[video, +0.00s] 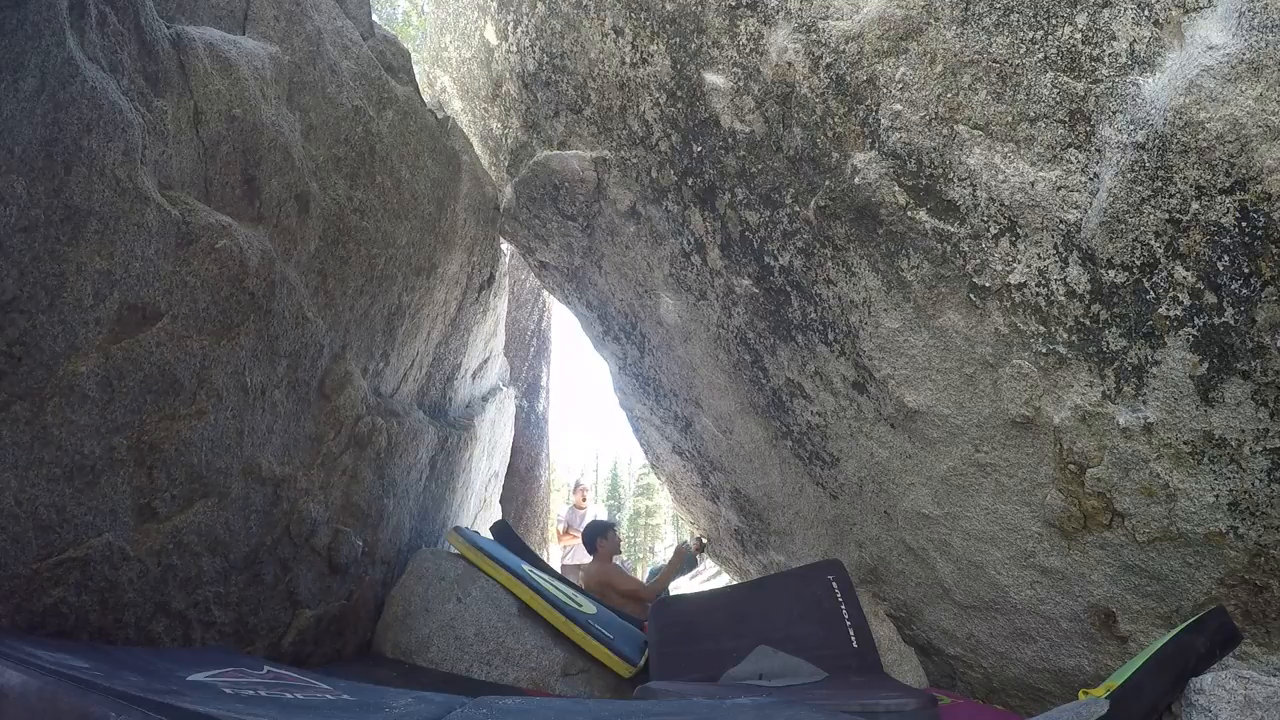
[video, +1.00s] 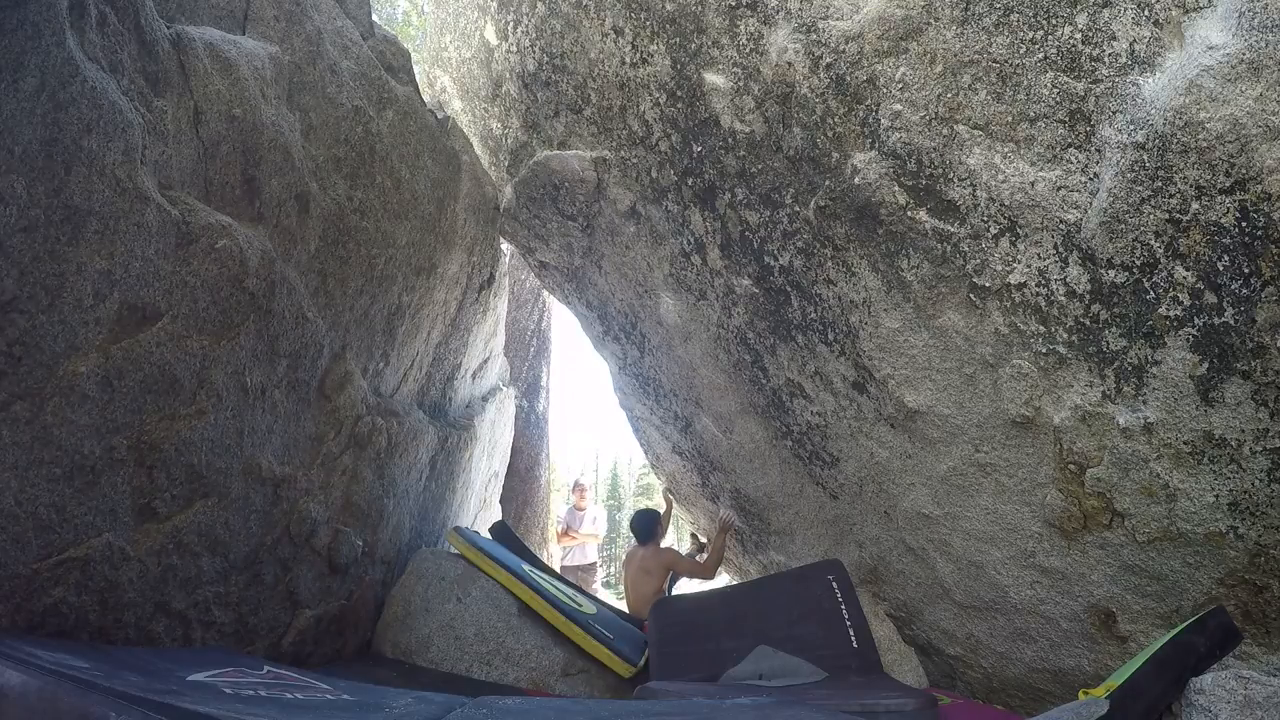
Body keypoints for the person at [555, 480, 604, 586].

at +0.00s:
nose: (584, 494)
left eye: (587, 490)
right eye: (581, 490)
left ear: (591, 493)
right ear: (573, 493)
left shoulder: (598, 512)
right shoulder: (565, 512)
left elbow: (596, 538)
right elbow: (561, 540)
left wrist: (570, 530)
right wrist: (586, 537)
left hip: (590, 562)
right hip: (569, 562)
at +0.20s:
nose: (585, 494)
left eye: (588, 490)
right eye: (581, 490)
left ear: (592, 494)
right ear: (573, 494)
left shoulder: (598, 511)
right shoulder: (565, 513)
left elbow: (601, 535)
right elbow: (561, 540)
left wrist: (573, 532)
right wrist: (586, 537)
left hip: (592, 564)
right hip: (569, 565)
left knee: (591, 604)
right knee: (569, 604)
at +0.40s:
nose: (585, 494)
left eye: (587, 490)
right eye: (581, 490)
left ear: (591, 494)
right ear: (574, 494)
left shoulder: (599, 512)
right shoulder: (564, 513)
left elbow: (599, 538)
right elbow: (561, 541)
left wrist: (573, 532)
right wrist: (586, 538)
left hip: (590, 565)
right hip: (569, 566)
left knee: (593, 604)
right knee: (569, 604)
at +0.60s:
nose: (585, 494)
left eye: (588, 490)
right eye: (581, 490)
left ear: (591, 493)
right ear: (574, 494)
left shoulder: (598, 512)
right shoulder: (564, 513)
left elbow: (599, 539)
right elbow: (561, 541)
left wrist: (573, 532)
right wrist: (587, 537)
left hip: (590, 565)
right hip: (569, 565)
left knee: (592, 604)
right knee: (568, 604)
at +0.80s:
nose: (584, 493)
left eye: (586, 490)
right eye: (580, 490)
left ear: (591, 493)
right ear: (573, 493)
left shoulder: (598, 512)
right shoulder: (564, 514)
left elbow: (599, 538)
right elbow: (561, 541)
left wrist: (572, 532)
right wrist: (586, 537)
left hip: (590, 565)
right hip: (568, 565)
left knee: (592, 605)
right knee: (568, 605)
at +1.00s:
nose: (582, 493)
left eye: (586, 490)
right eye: (579, 490)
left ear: (591, 492)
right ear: (573, 493)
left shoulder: (599, 513)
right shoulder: (564, 513)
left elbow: (599, 538)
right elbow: (561, 541)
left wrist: (572, 532)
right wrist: (586, 537)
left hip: (590, 565)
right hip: (568, 566)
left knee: (592, 604)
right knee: (568, 604)